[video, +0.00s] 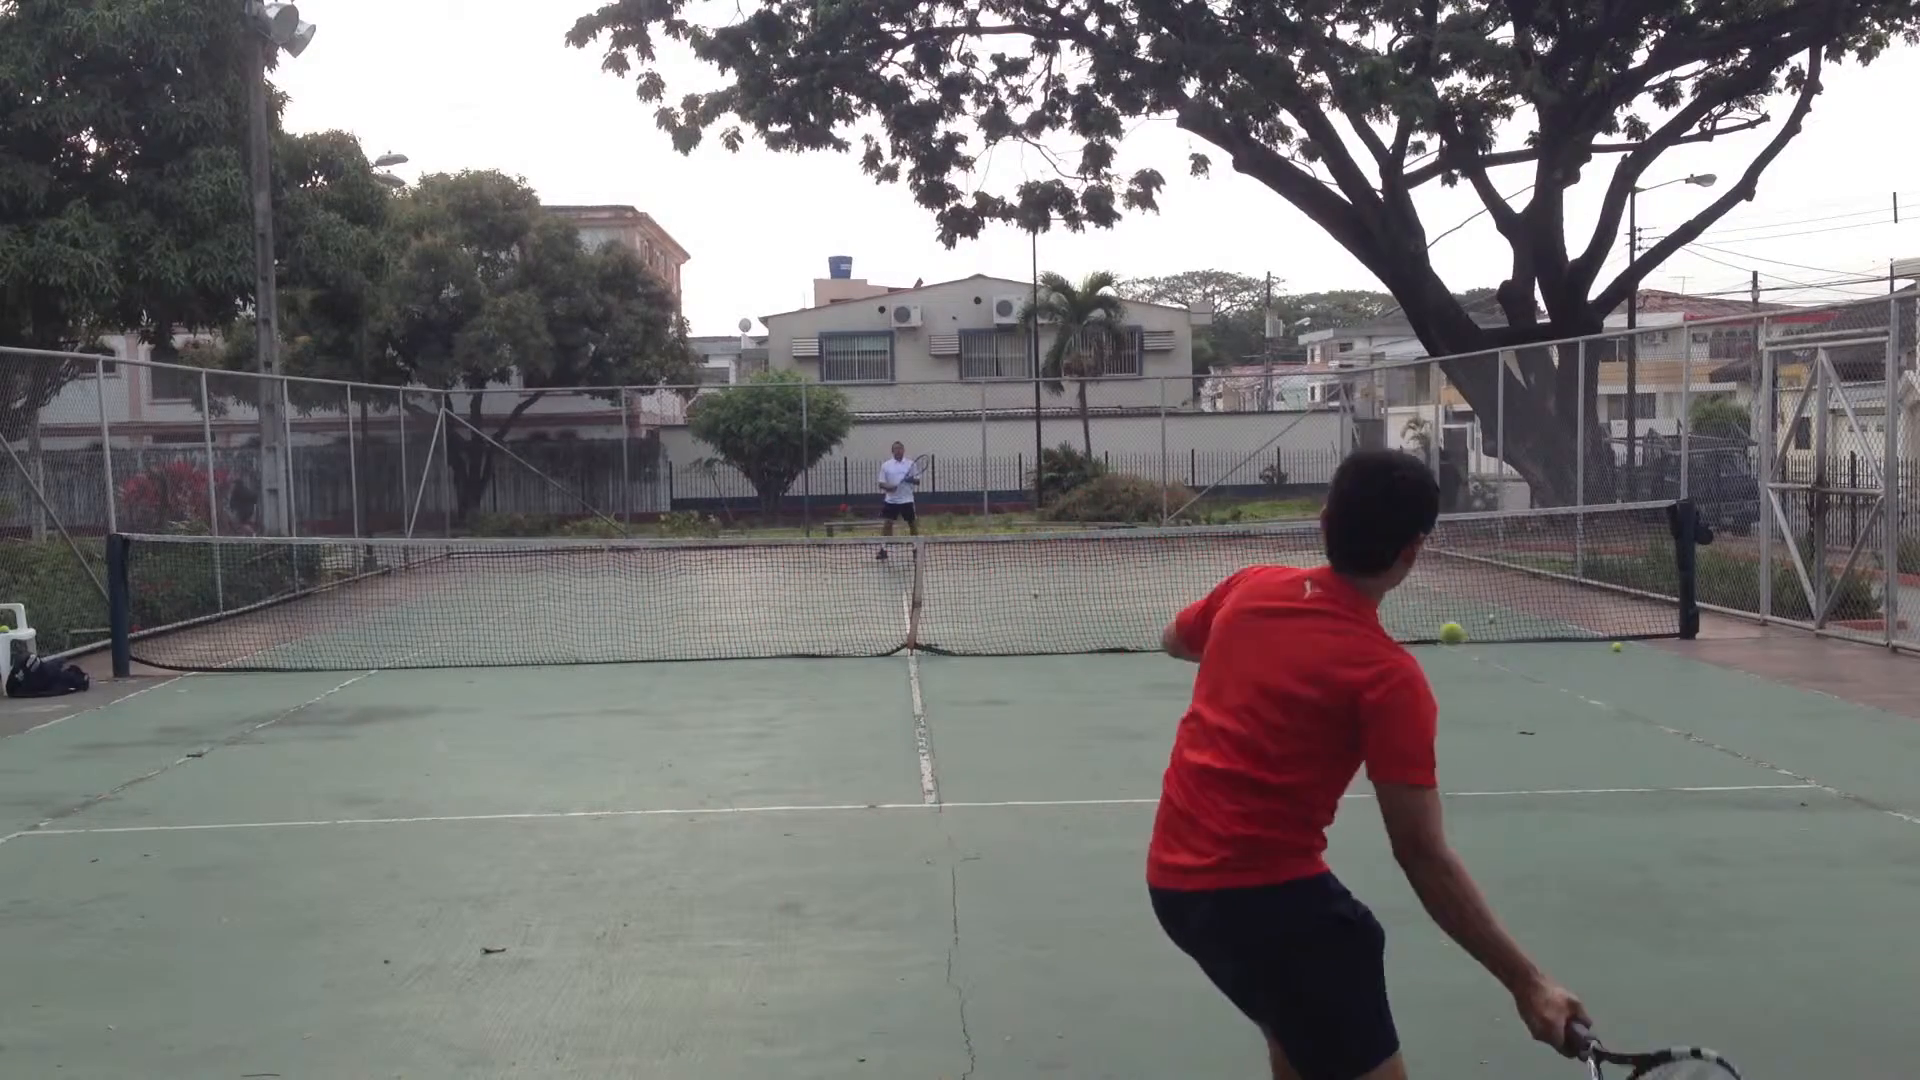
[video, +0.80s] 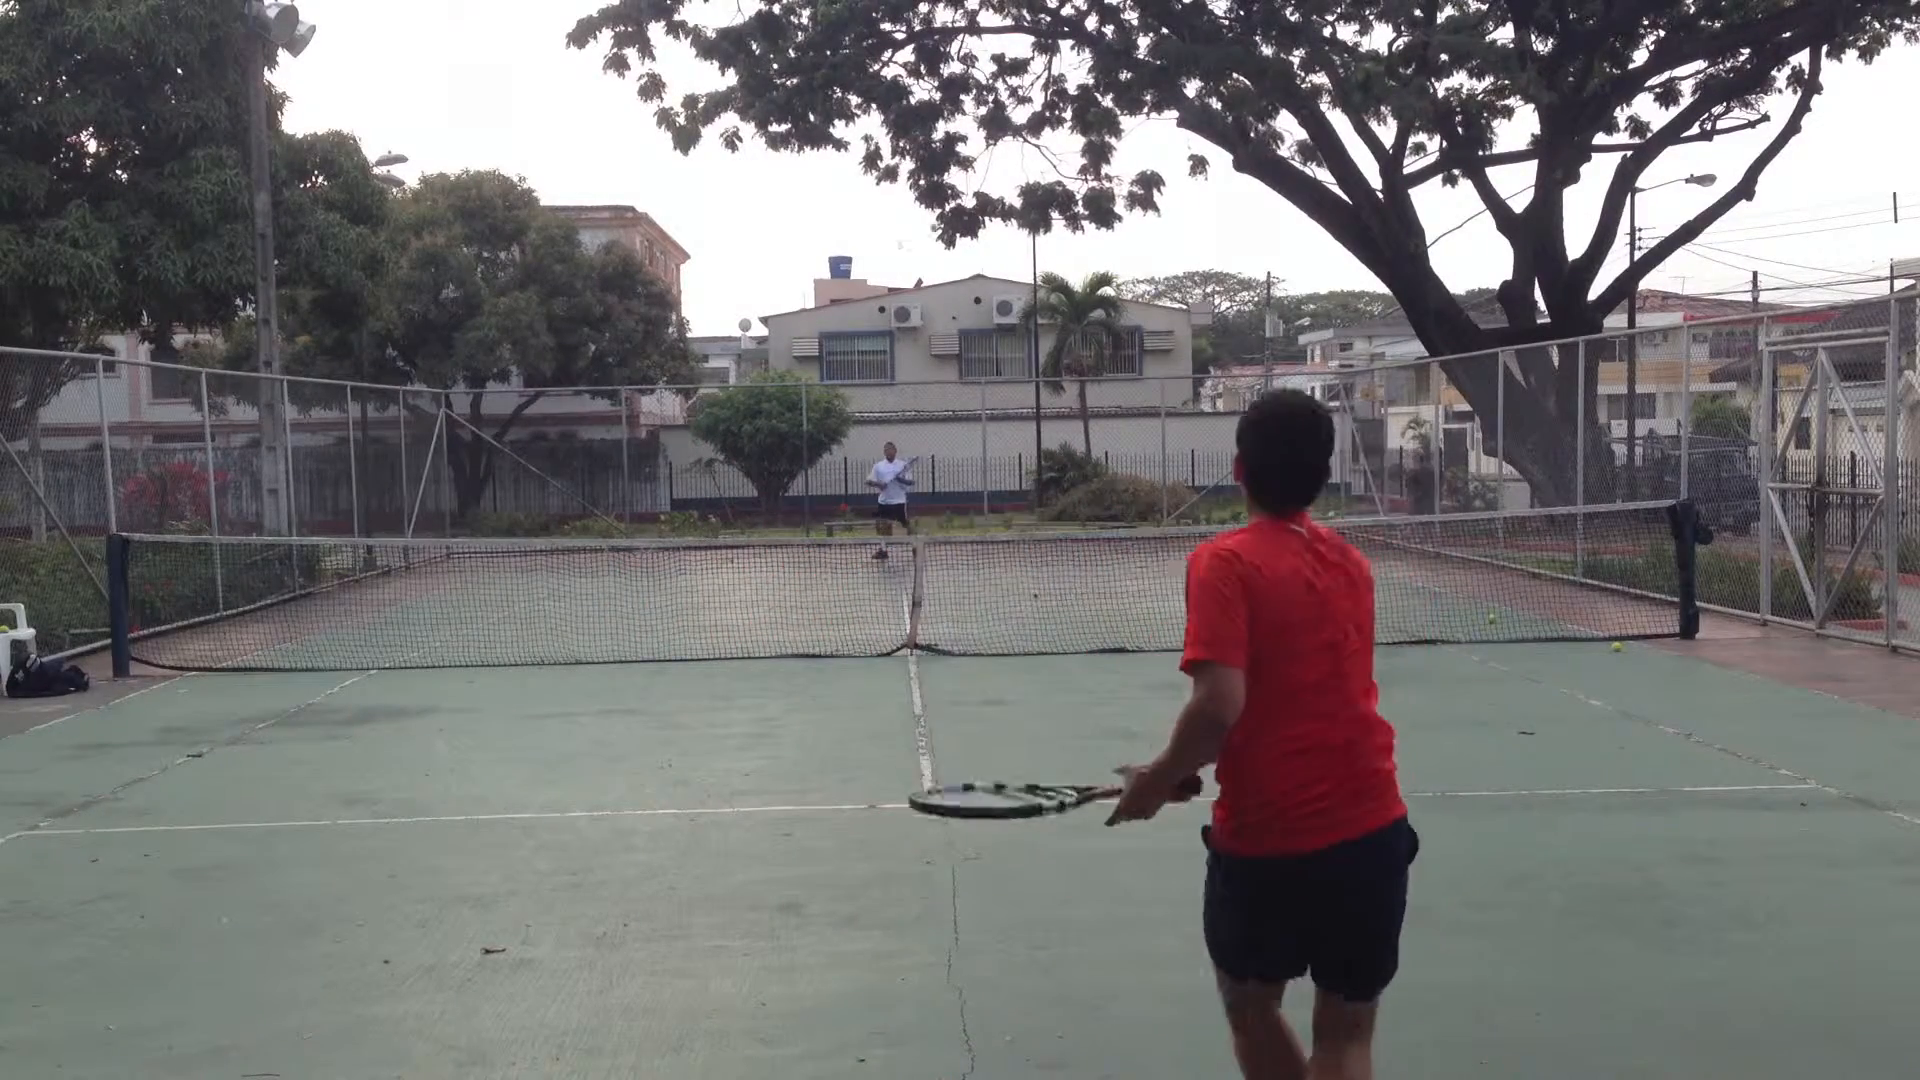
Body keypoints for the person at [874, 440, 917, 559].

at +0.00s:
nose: (898, 452)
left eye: (900, 449)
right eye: (895, 449)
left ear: (903, 450)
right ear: (892, 451)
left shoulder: (910, 464)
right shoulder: (886, 465)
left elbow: (917, 481)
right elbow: (881, 483)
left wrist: (910, 480)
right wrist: (890, 487)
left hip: (907, 500)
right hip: (891, 500)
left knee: (912, 524)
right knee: (887, 524)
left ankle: (916, 548)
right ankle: (884, 549)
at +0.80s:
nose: (888, 453)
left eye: (890, 450)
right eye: (886, 450)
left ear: (895, 451)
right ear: (884, 452)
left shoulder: (903, 465)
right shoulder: (878, 466)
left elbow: (910, 482)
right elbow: (869, 481)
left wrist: (899, 479)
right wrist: (879, 485)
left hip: (899, 501)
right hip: (884, 501)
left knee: (906, 525)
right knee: (882, 526)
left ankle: (914, 547)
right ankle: (883, 549)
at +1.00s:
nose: (876, 455)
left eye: (878, 452)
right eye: (874, 452)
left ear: (883, 453)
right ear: (872, 454)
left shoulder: (890, 466)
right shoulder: (868, 466)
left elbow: (893, 484)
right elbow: (854, 475)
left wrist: (881, 478)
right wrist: (867, 480)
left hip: (886, 500)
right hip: (872, 500)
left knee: (889, 525)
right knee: (870, 524)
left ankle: (887, 548)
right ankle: (879, 547)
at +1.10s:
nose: (871, 454)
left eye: (874, 451)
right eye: (869, 451)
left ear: (878, 453)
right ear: (867, 453)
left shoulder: (883, 466)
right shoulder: (863, 465)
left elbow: (887, 485)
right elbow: (848, 474)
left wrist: (874, 479)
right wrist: (858, 478)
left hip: (880, 499)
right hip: (867, 500)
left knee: (881, 523)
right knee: (868, 524)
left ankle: (892, 544)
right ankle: (880, 547)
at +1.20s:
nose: (867, 453)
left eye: (869, 450)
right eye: (865, 450)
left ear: (872, 452)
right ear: (861, 452)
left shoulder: (877, 465)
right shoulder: (857, 463)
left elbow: (879, 480)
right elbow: (845, 469)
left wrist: (878, 483)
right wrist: (846, 472)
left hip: (874, 495)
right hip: (863, 495)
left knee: (867, 516)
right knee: (865, 520)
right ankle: (874, 539)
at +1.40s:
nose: (853, 455)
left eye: (855, 453)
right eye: (851, 453)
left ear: (860, 453)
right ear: (849, 454)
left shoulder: (862, 465)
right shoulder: (848, 462)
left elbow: (859, 479)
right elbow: (838, 467)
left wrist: (841, 475)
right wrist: (835, 466)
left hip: (862, 498)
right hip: (853, 497)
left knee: (854, 524)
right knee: (854, 525)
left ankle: (853, 549)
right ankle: (871, 545)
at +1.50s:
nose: (846, 460)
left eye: (848, 457)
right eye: (845, 457)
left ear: (854, 458)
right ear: (844, 458)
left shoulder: (858, 470)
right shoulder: (844, 466)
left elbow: (847, 480)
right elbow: (833, 472)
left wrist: (828, 474)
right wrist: (824, 471)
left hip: (857, 500)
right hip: (848, 498)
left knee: (844, 523)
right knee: (842, 522)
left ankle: (854, 548)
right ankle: (858, 542)